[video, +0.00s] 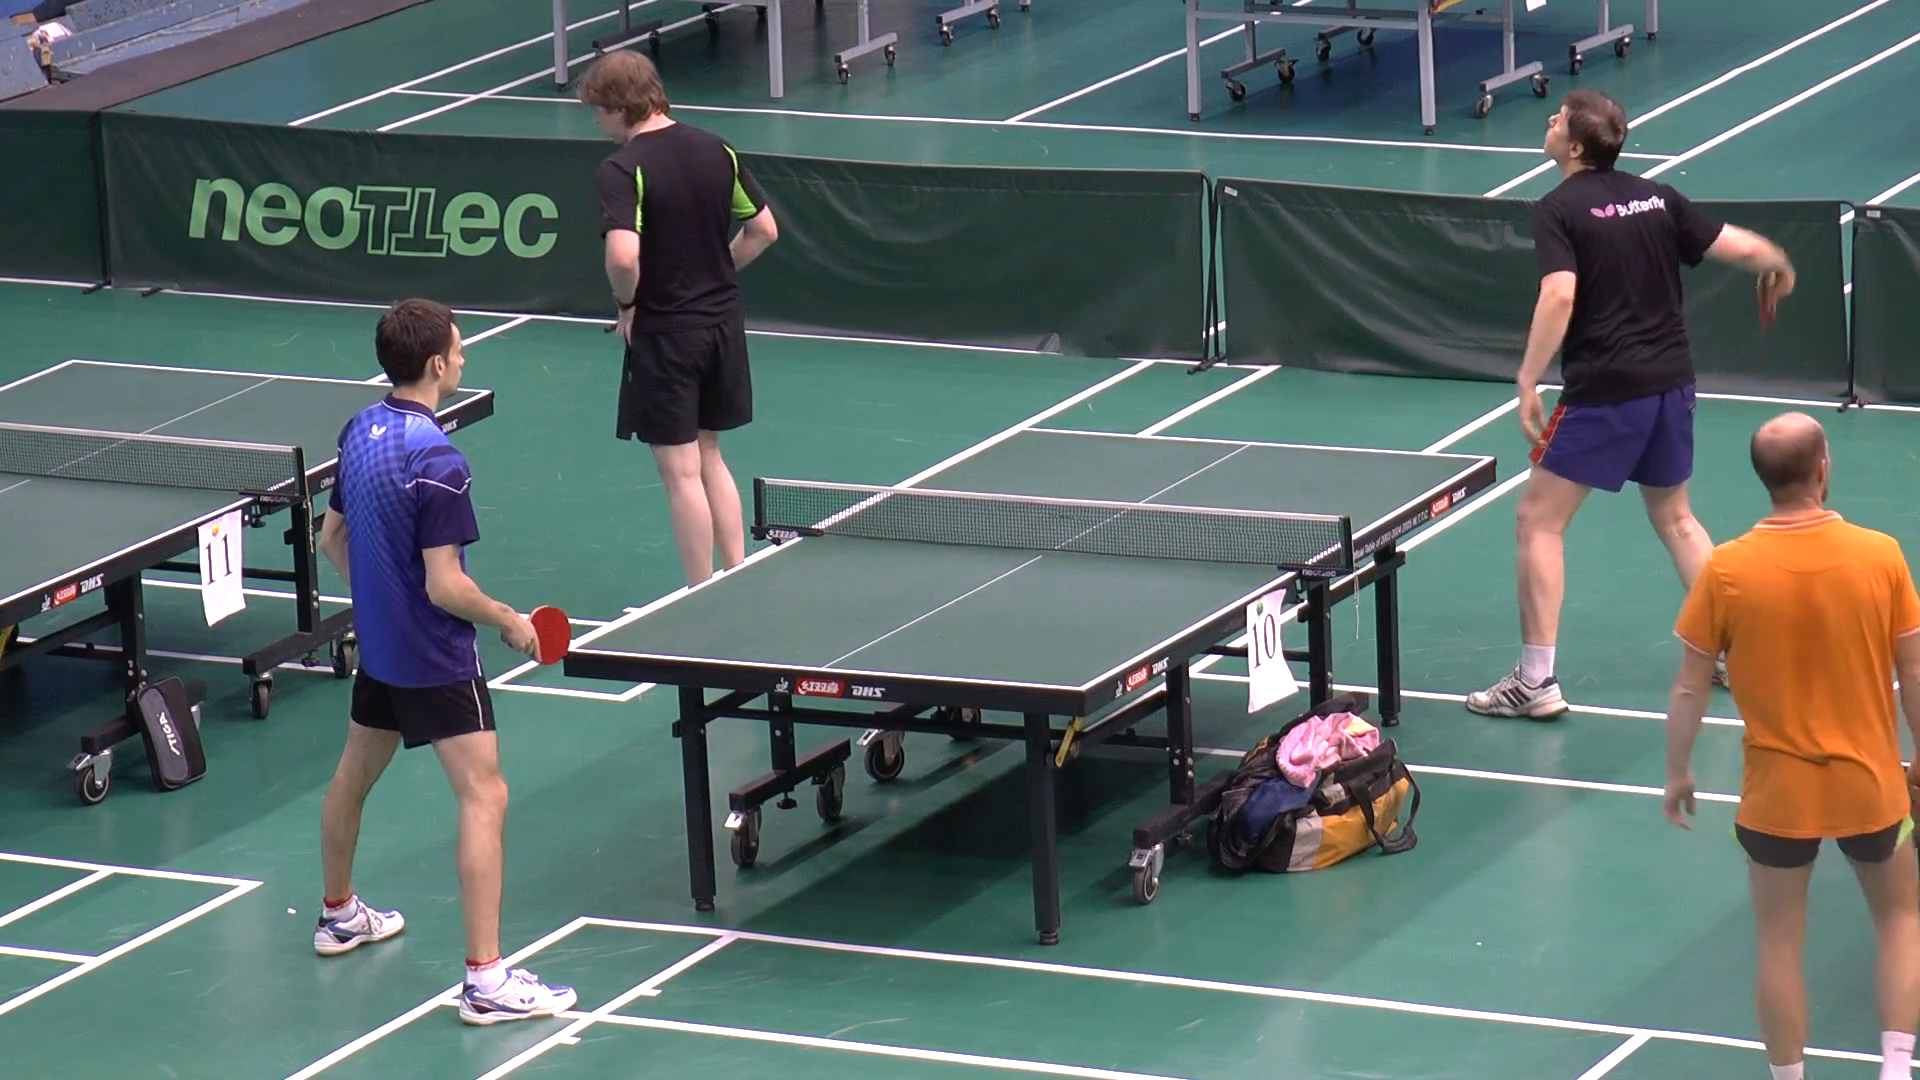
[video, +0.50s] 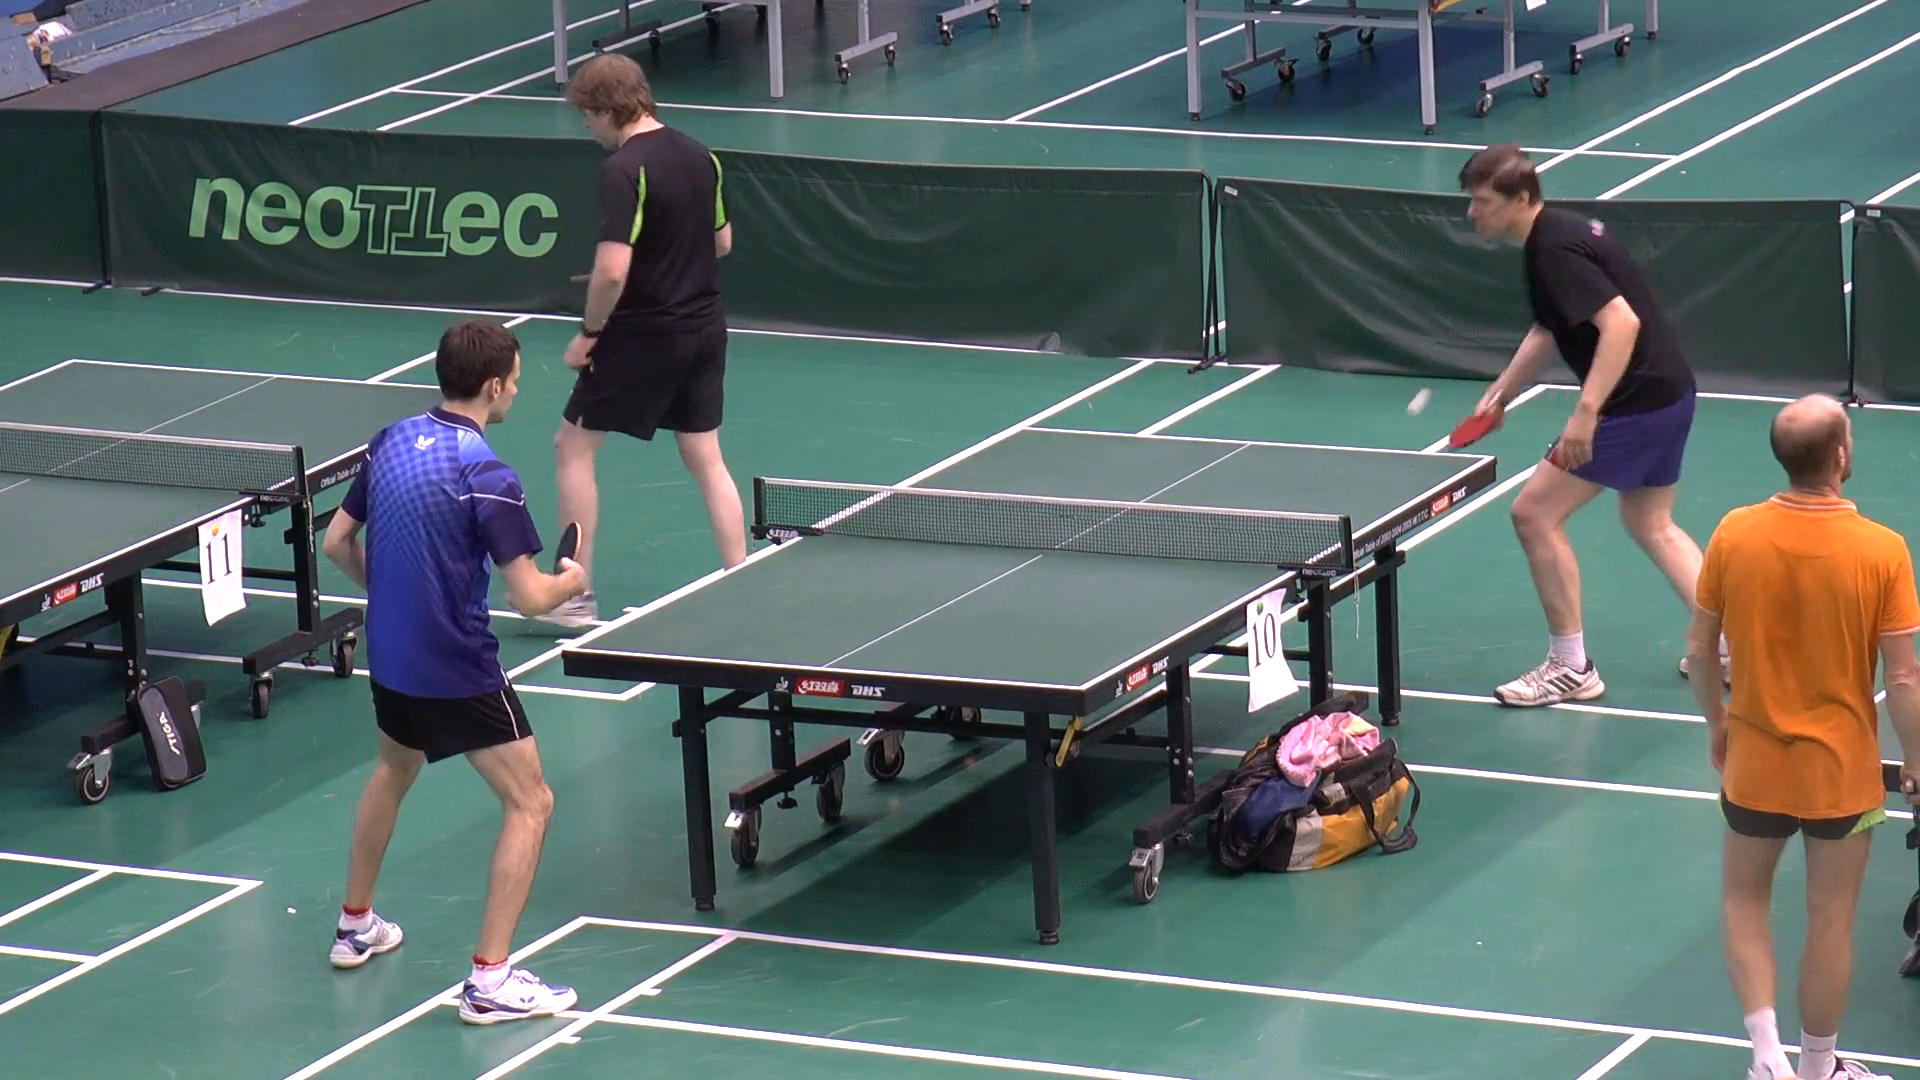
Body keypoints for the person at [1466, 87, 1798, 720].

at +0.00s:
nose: (1550, 125)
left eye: (1558, 119)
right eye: (1555, 116)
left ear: (1573, 141)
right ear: (1609, 144)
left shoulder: (1556, 209)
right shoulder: (1657, 196)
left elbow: (1560, 293)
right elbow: (1735, 244)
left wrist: (1527, 381)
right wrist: (1776, 261)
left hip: (1605, 395)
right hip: (1673, 388)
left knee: (1539, 521)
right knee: (1675, 516)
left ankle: (1535, 678)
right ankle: (1731, 644)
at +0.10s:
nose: (1547, 125)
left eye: (1555, 119)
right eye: (1553, 116)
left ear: (1570, 140)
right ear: (1606, 143)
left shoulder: (1558, 207)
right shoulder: (1658, 188)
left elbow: (1567, 290)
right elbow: (1742, 216)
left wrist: (1542, 381)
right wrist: (1757, 195)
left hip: (1615, 392)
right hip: (1683, 384)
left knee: (1544, 516)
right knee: (1685, 514)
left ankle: (1540, 673)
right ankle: (1722, 644)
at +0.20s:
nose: (1534, 138)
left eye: (1541, 132)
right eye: (1538, 129)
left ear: (1560, 147)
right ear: (1596, 144)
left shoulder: (1557, 209)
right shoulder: (1656, 183)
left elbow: (1573, 294)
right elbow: (1732, 187)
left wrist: (1550, 383)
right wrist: (1711, 151)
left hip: (1621, 391)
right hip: (1688, 381)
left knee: (1543, 508)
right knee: (1687, 513)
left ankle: (1563, 667)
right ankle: (1722, 646)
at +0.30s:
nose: (1512, 155)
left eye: (1518, 146)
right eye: (1514, 144)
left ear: (1543, 157)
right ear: (1577, 151)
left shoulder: (1554, 221)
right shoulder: (1636, 186)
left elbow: (1583, 304)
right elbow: (1697, 201)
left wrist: (1557, 398)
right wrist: (1671, 175)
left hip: (1629, 391)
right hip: (1689, 380)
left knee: (1542, 507)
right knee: (1682, 515)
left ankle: (1569, 662)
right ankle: (1726, 645)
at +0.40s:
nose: (1491, 185)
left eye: (1497, 174)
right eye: (1492, 174)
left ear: (1529, 178)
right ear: (1545, 172)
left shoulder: (1554, 234)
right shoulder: (1599, 199)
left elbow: (1600, 319)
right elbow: (1612, 263)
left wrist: (1567, 406)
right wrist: (1553, 291)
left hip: (1633, 394)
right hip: (1684, 382)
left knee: (1539, 509)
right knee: (1670, 516)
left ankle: (1568, 664)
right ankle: (1729, 635)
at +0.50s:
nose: (1470, 213)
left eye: (1477, 201)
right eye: (1469, 202)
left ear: (1515, 198)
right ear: (1521, 198)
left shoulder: (1551, 250)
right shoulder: (1560, 233)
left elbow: (1620, 323)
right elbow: (1550, 329)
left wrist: (1585, 411)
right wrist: (1500, 392)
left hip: (1635, 403)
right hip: (1669, 393)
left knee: (1535, 515)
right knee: (1650, 522)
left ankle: (1570, 666)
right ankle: (1727, 635)